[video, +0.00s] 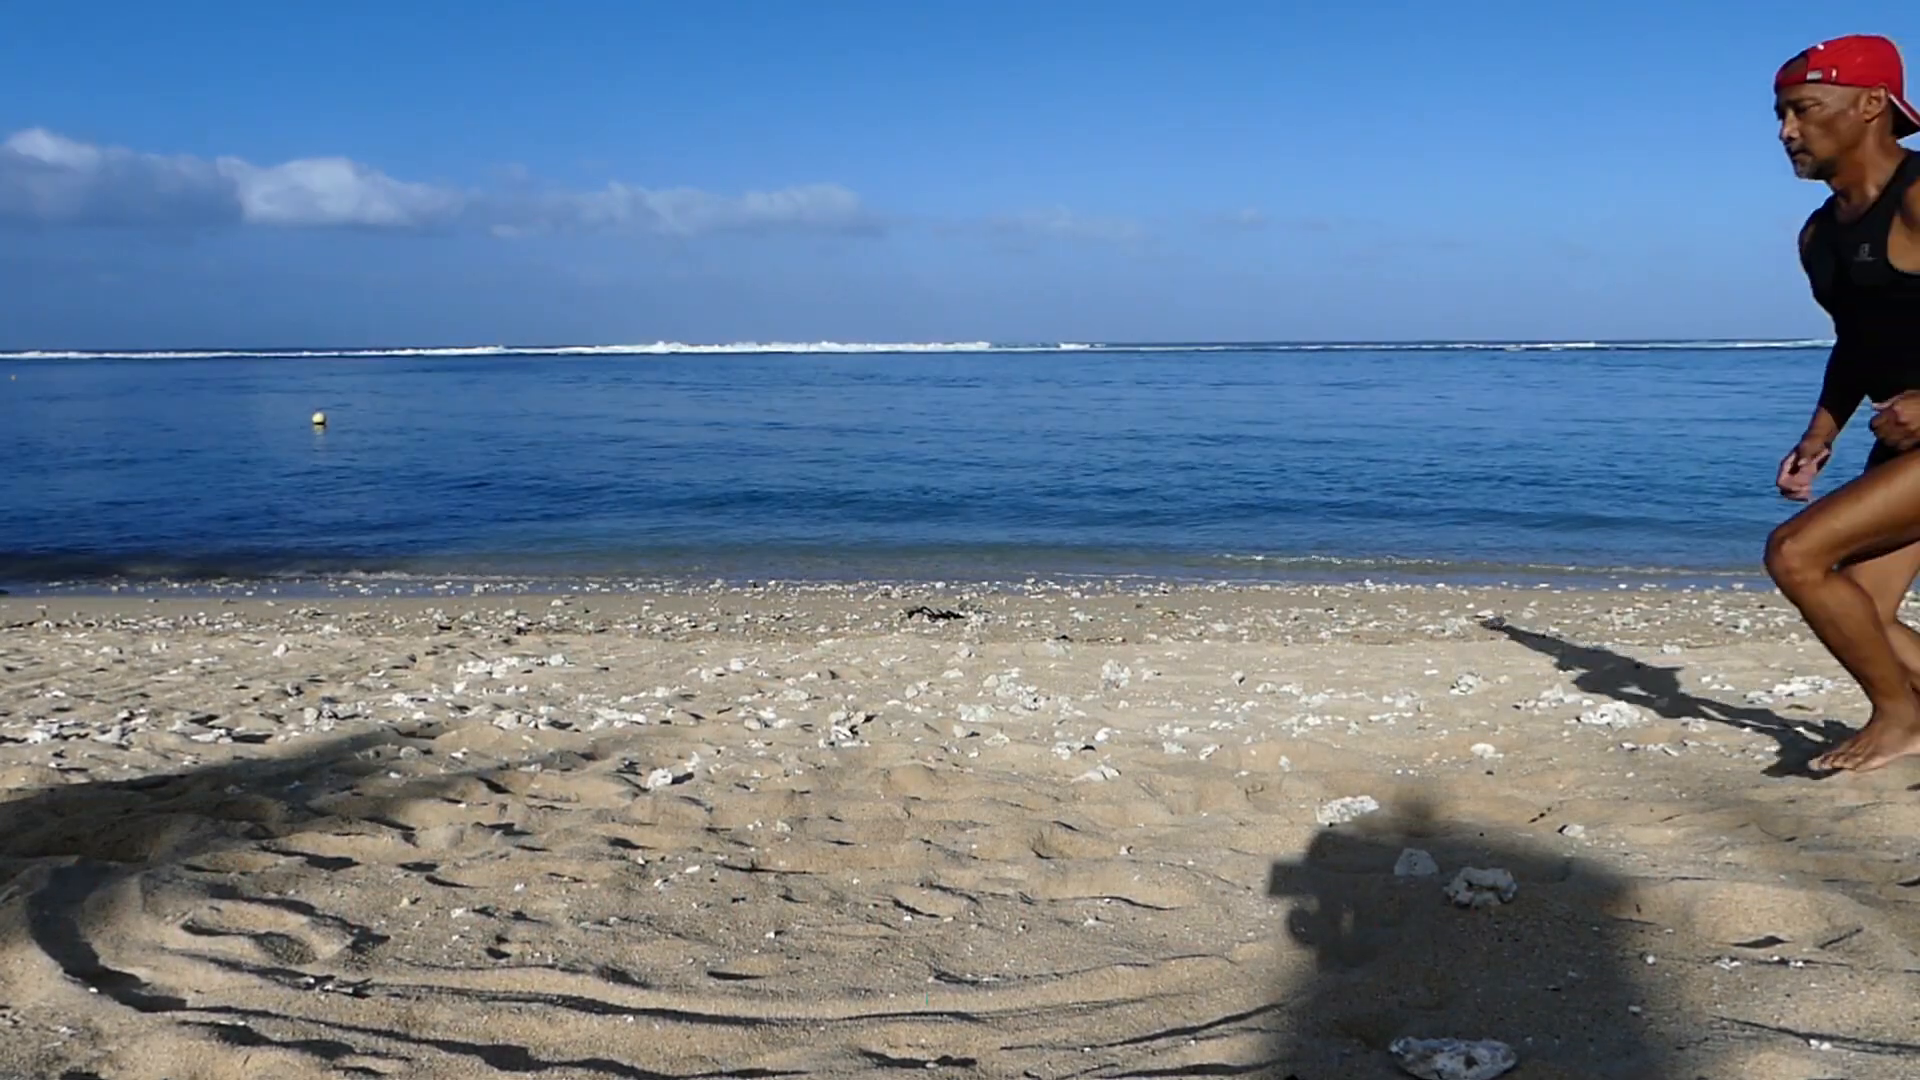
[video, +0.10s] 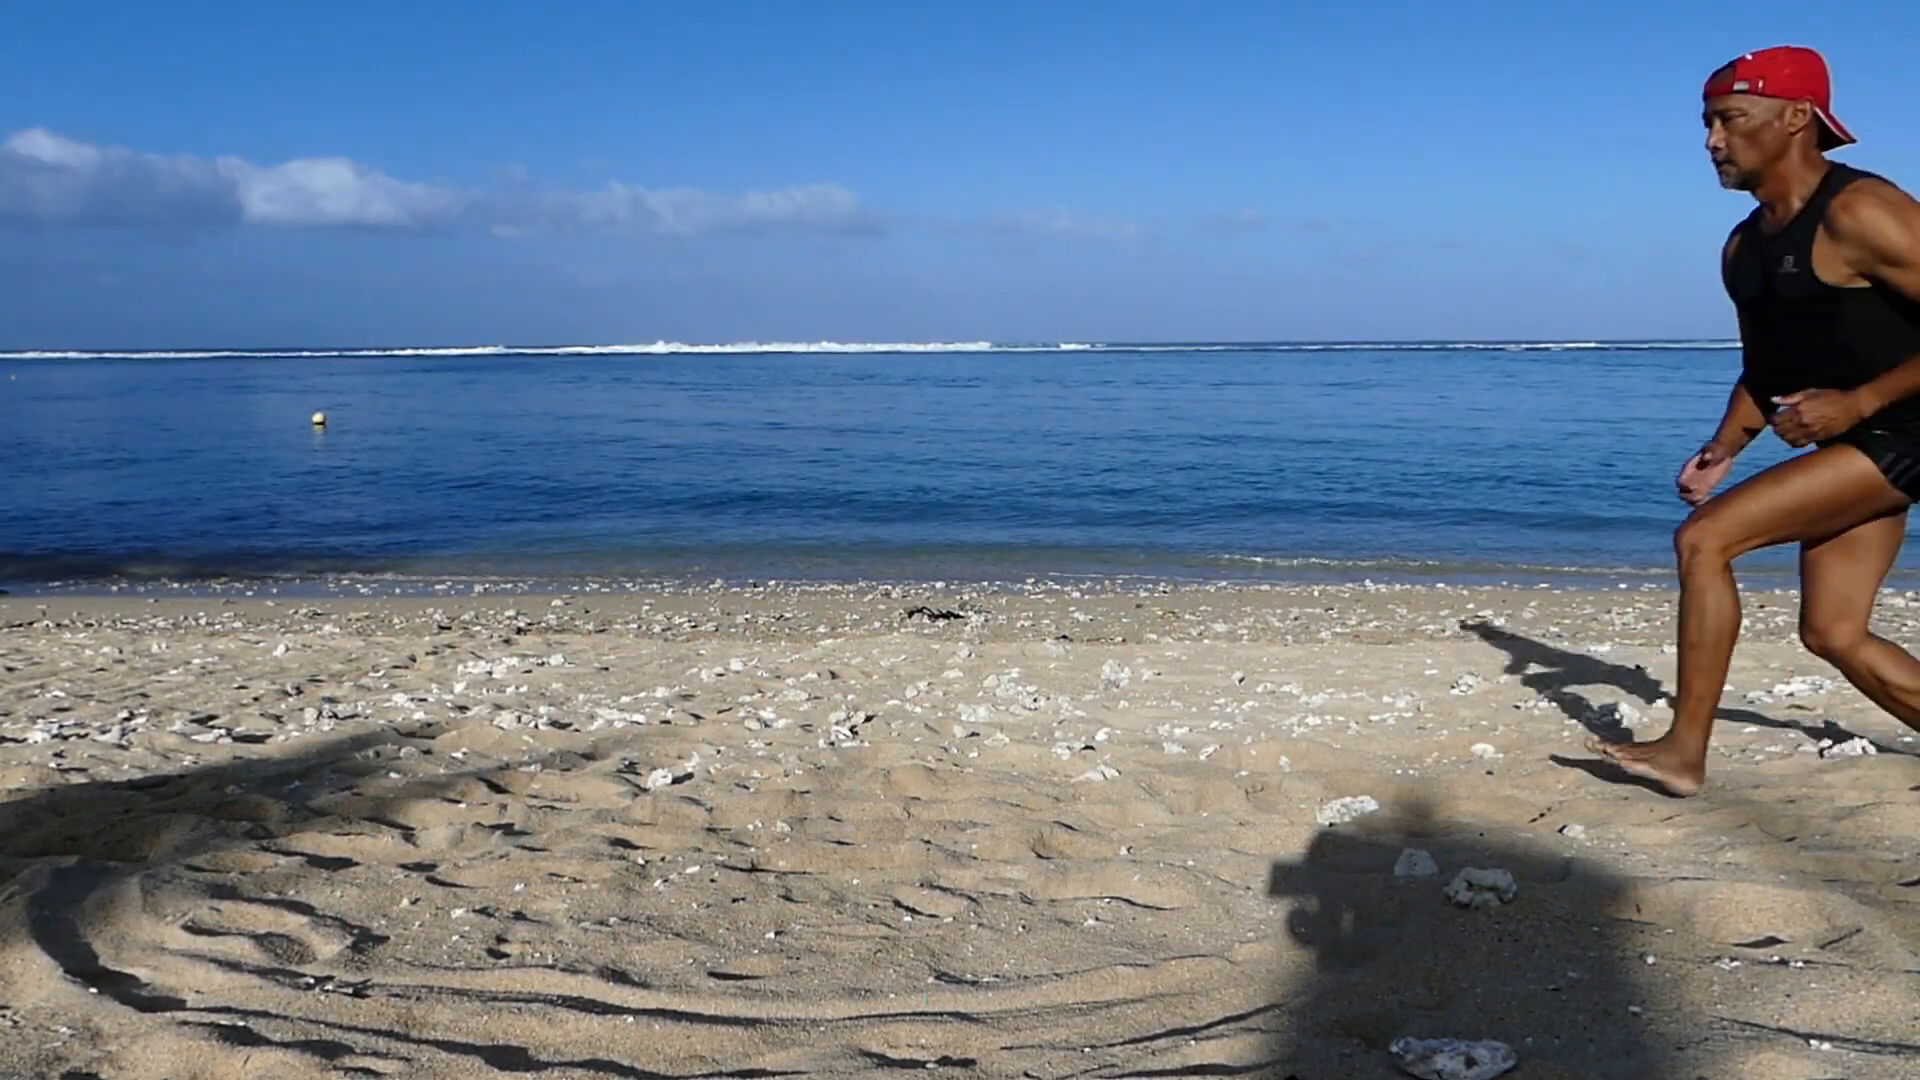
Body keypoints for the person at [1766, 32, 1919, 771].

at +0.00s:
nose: (1786, 131)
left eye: (1805, 110)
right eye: (1783, 114)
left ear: (1871, 110)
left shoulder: (1916, 198)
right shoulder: (1819, 237)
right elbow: (1859, 339)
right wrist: (1818, 437)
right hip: (1899, 441)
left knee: (1797, 555)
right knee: (1864, 617)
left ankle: (1899, 712)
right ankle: (1919, 721)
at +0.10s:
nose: (1711, 139)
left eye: (1728, 119)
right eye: (1710, 122)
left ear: (1795, 121)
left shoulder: (1866, 212)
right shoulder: (1743, 251)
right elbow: (1767, 367)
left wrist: (1859, 402)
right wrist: (1723, 449)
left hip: (1903, 436)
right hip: (1856, 443)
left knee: (1705, 540)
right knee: (1836, 630)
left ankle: (1683, 753)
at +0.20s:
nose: (1662, 132)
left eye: (1680, 115)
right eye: (1661, 116)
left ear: (1745, 122)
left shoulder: (1811, 209)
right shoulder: (1690, 245)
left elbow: (1914, 329)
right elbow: (1701, 370)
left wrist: (1783, 399)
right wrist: (1656, 432)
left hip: (1852, 430)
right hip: (1800, 438)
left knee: (1652, 553)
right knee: (1825, 634)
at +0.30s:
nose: (1592, 123)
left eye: (1610, 105)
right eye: (1591, 106)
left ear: (1674, 111)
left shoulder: (1732, 206)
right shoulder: (1605, 234)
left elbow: (1794, 353)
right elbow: (1592, 367)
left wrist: (1641, 387)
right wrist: (1540, 395)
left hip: (1747, 437)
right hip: (1698, 439)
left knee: (1561, 576)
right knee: (1805, 619)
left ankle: (1497, 782)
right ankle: (1919, 710)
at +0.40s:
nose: (1546, 114)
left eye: (1564, 96)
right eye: (1546, 97)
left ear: (1628, 103)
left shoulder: (1679, 204)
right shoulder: (1549, 224)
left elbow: (1675, 351)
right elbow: (1498, 345)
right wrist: (1443, 344)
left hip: (1686, 432)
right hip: (1629, 435)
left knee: (1506, 579)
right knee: (1755, 617)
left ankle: (1482, 787)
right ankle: (1916, 708)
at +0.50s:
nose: (1475, 91)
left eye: (1495, 75)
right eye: (1477, 76)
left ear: (1557, 92)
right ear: (1508, 95)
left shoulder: (1593, 192)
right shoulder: (1468, 200)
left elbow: (1502, 273)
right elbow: (1352, 268)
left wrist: (1376, 235)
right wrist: (1307, 209)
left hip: (1616, 424)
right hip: (1561, 431)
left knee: (1457, 586)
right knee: (1636, 621)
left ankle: (1475, 786)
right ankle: (1851, 668)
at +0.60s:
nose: (1422, 77)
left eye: (1442, 61)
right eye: (1423, 62)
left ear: (1503, 80)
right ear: (1460, 79)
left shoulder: (1534, 168)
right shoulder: (1445, 169)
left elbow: (1411, 183)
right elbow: (1297, 187)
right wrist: (1244, 109)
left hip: (1573, 410)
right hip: (1532, 414)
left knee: (1433, 592)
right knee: (1568, 606)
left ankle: (1474, 787)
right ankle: (1787, 634)